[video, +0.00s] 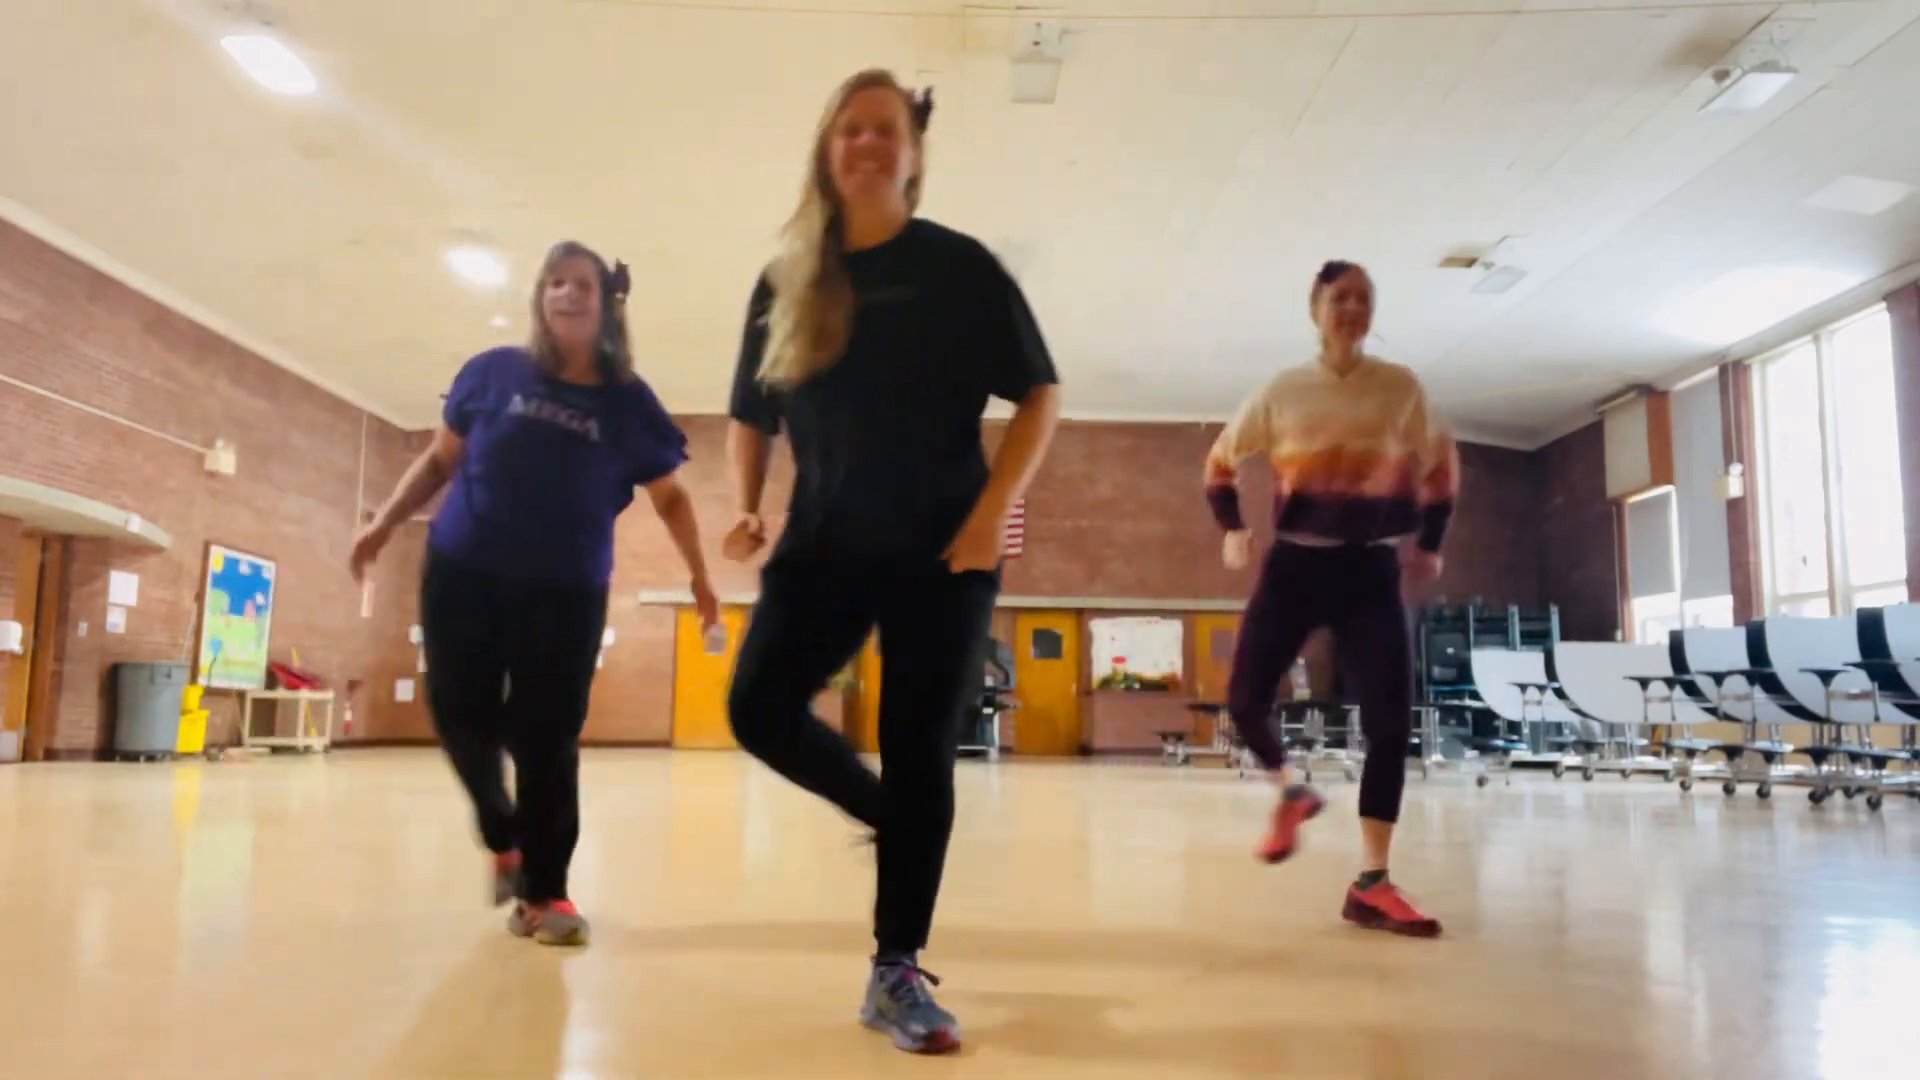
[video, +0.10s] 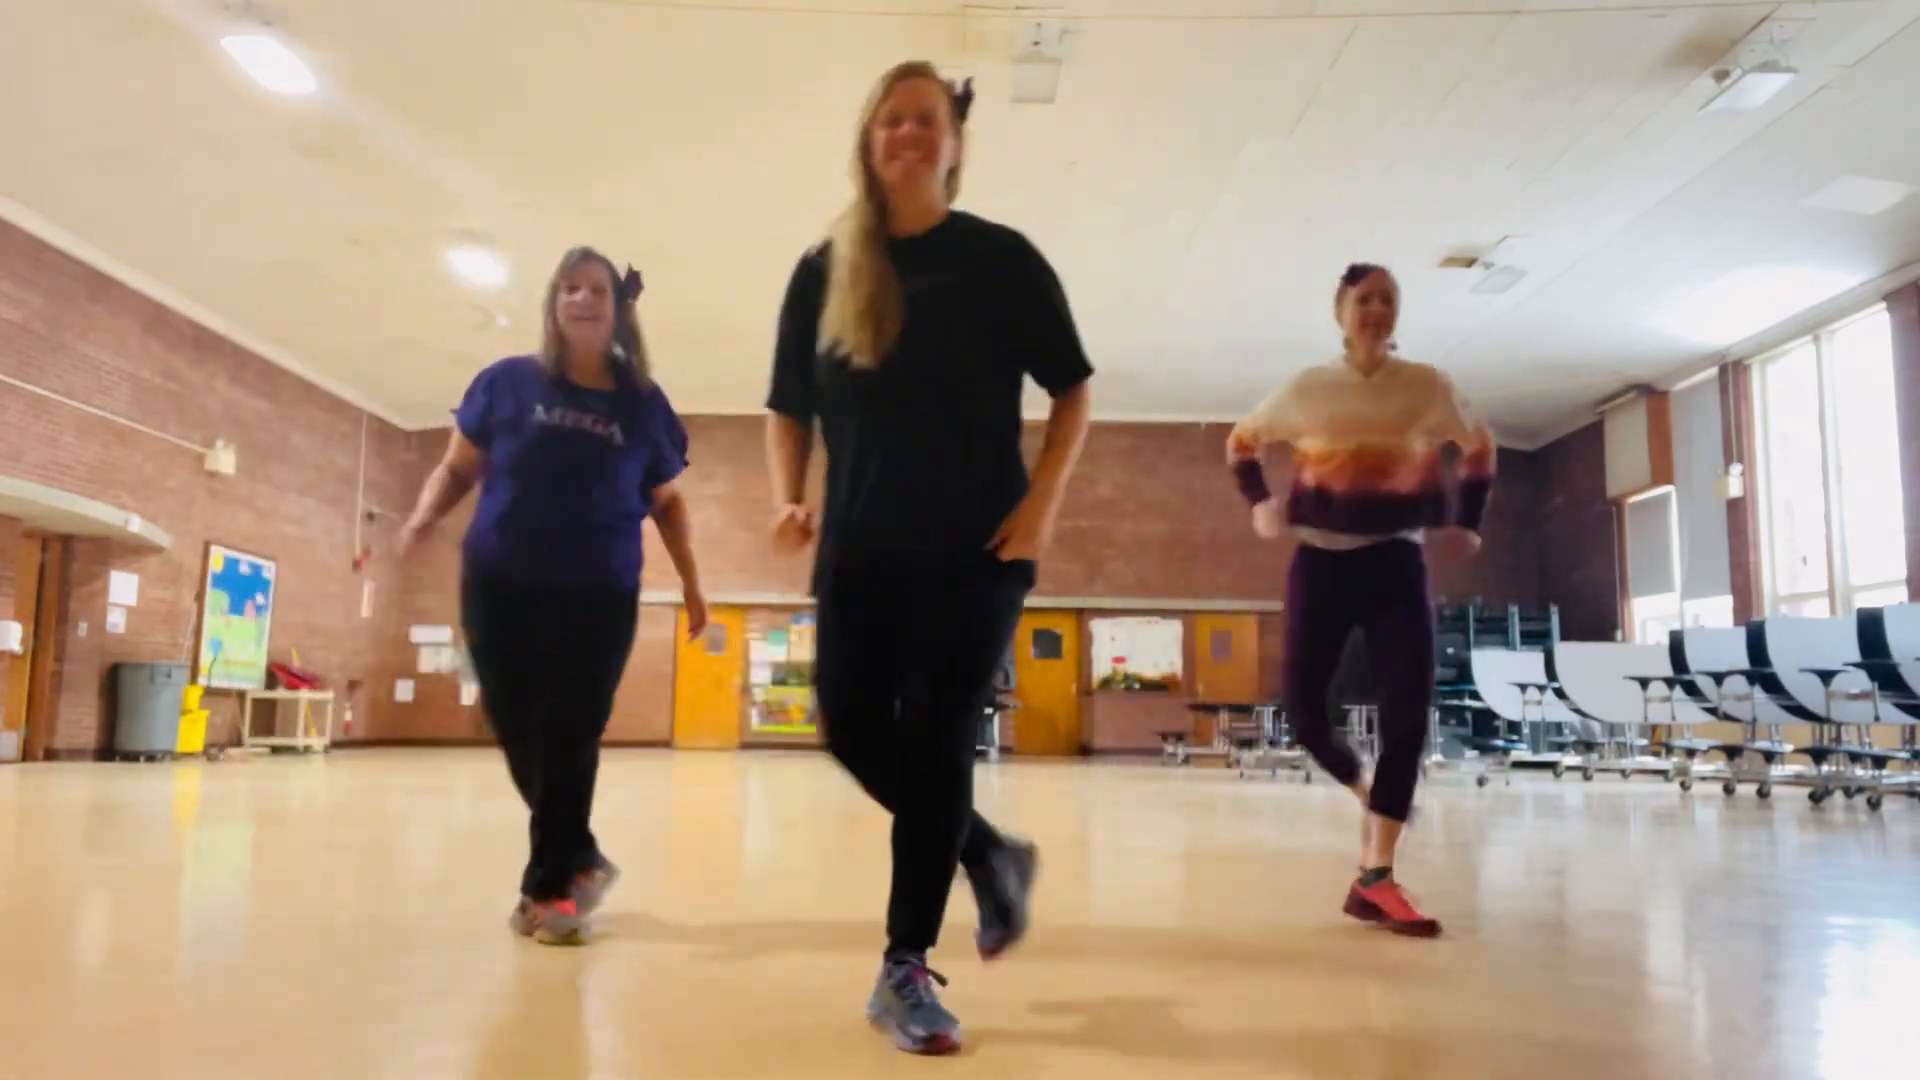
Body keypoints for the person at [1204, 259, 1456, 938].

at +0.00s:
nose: (1353, 307)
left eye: (1361, 298)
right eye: (1340, 297)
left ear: (1373, 311)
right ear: (1315, 309)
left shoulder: (1401, 388)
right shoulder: (1281, 391)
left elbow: (1441, 465)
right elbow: (1221, 462)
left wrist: (1430, 542)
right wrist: (1231, 527)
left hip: (1371, 569)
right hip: (1295, 565)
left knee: (1390, 724)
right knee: (1246, 701)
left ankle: (1372, 880)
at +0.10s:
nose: (1374, 309)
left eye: (1384, 300)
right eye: (1362, 299)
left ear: (1397, 314)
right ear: (1339, 312)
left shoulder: (1426, 387)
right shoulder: (1308, 389)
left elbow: (1477, 447)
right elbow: (1242, 440)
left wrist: (1469, 521)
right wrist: (1257, 500)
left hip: (1395, 565)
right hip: (1320, 565)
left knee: (1406, 723)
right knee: (1306, 717)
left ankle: (1374, 877)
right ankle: (1373, 794)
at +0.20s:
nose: (1396, 322)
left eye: (1406, 313)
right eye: (1385, 312)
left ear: (1418, 328)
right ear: (1361, 326)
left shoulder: (1446, 402)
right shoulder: (1327, 400)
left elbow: (1496, 459)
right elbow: (1270, 454)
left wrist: (1495, 531)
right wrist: (1288, 510)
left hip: (1420, 575)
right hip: (1346, 579)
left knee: (1430, 716)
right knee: (1370, 722)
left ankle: (1382, 873)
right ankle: (1432, 857)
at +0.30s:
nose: (1416, 338)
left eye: (1426, 329)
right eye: (1404, 328)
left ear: (1438, 344)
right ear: (1380, 341)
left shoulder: (1463, 420)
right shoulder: (1348, 422)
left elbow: (1507, 494)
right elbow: (1297, 498)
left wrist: (1519, 556)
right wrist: (1309, 550)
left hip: (1447, 592)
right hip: (1372, 594)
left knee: (1484, 715)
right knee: (1404, 736)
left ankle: (1428, 856)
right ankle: (1444, 870)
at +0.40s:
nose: (1433, 332)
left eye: (1443, 323)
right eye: (1421, 323)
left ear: (1456, 336)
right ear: (1399, 335)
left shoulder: (1484, 412)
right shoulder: (1365, 416)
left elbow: (1517, 492)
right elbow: (1323, 505)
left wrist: (1526, 525)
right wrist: (1337, 558)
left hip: (1463, 585)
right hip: (1388, 588)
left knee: (1518, 693)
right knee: (1415, 731)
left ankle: (1472, 839)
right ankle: (1448, 873)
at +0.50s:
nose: (1449, 324)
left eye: (1460, 315)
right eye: (1438, 314)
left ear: (1474, 328)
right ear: (1417, 325)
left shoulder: (1502, 403)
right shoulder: (1382, 407)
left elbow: (1547, 485)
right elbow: (1348, 492)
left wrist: (1541, 479)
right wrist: (1364, 535)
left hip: (1485, 577)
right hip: (1411, 581)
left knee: (1533, 695)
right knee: (1431, 732)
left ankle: (1503, 842)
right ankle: (1449, 875)